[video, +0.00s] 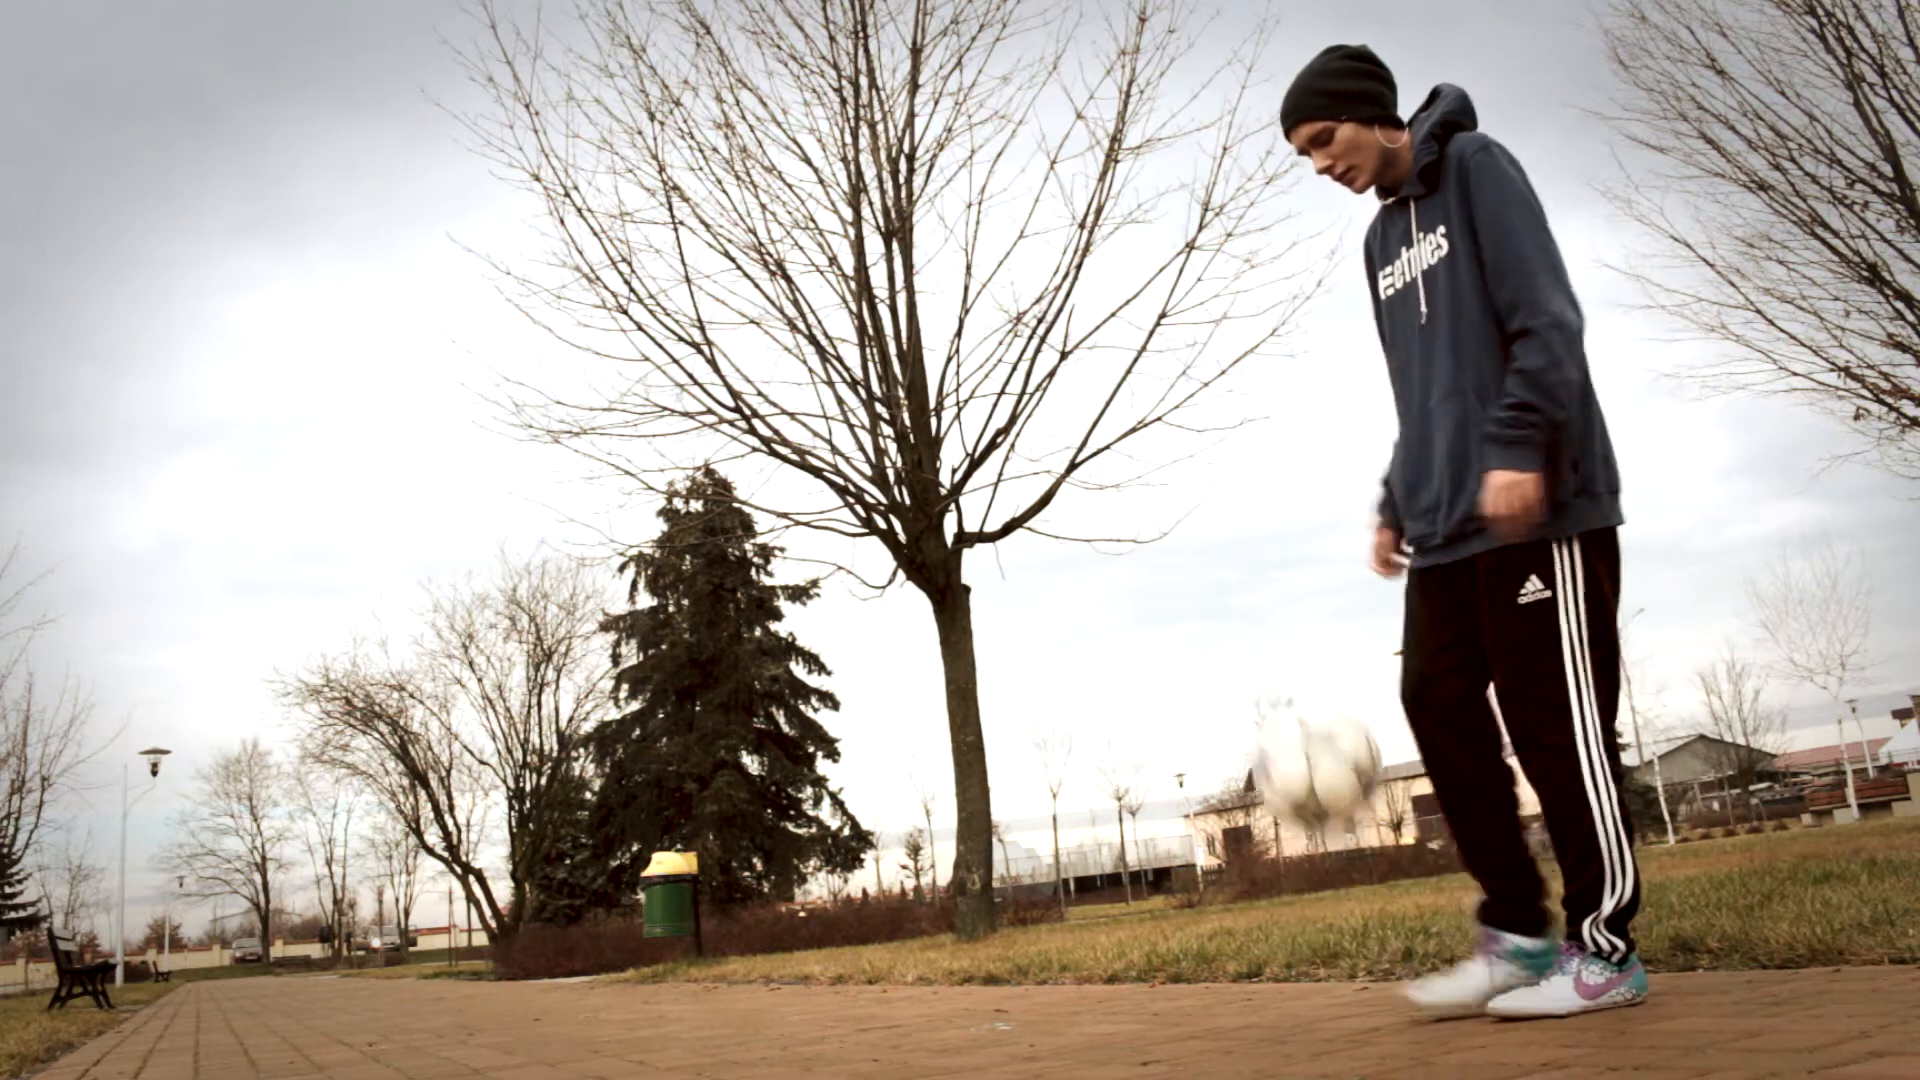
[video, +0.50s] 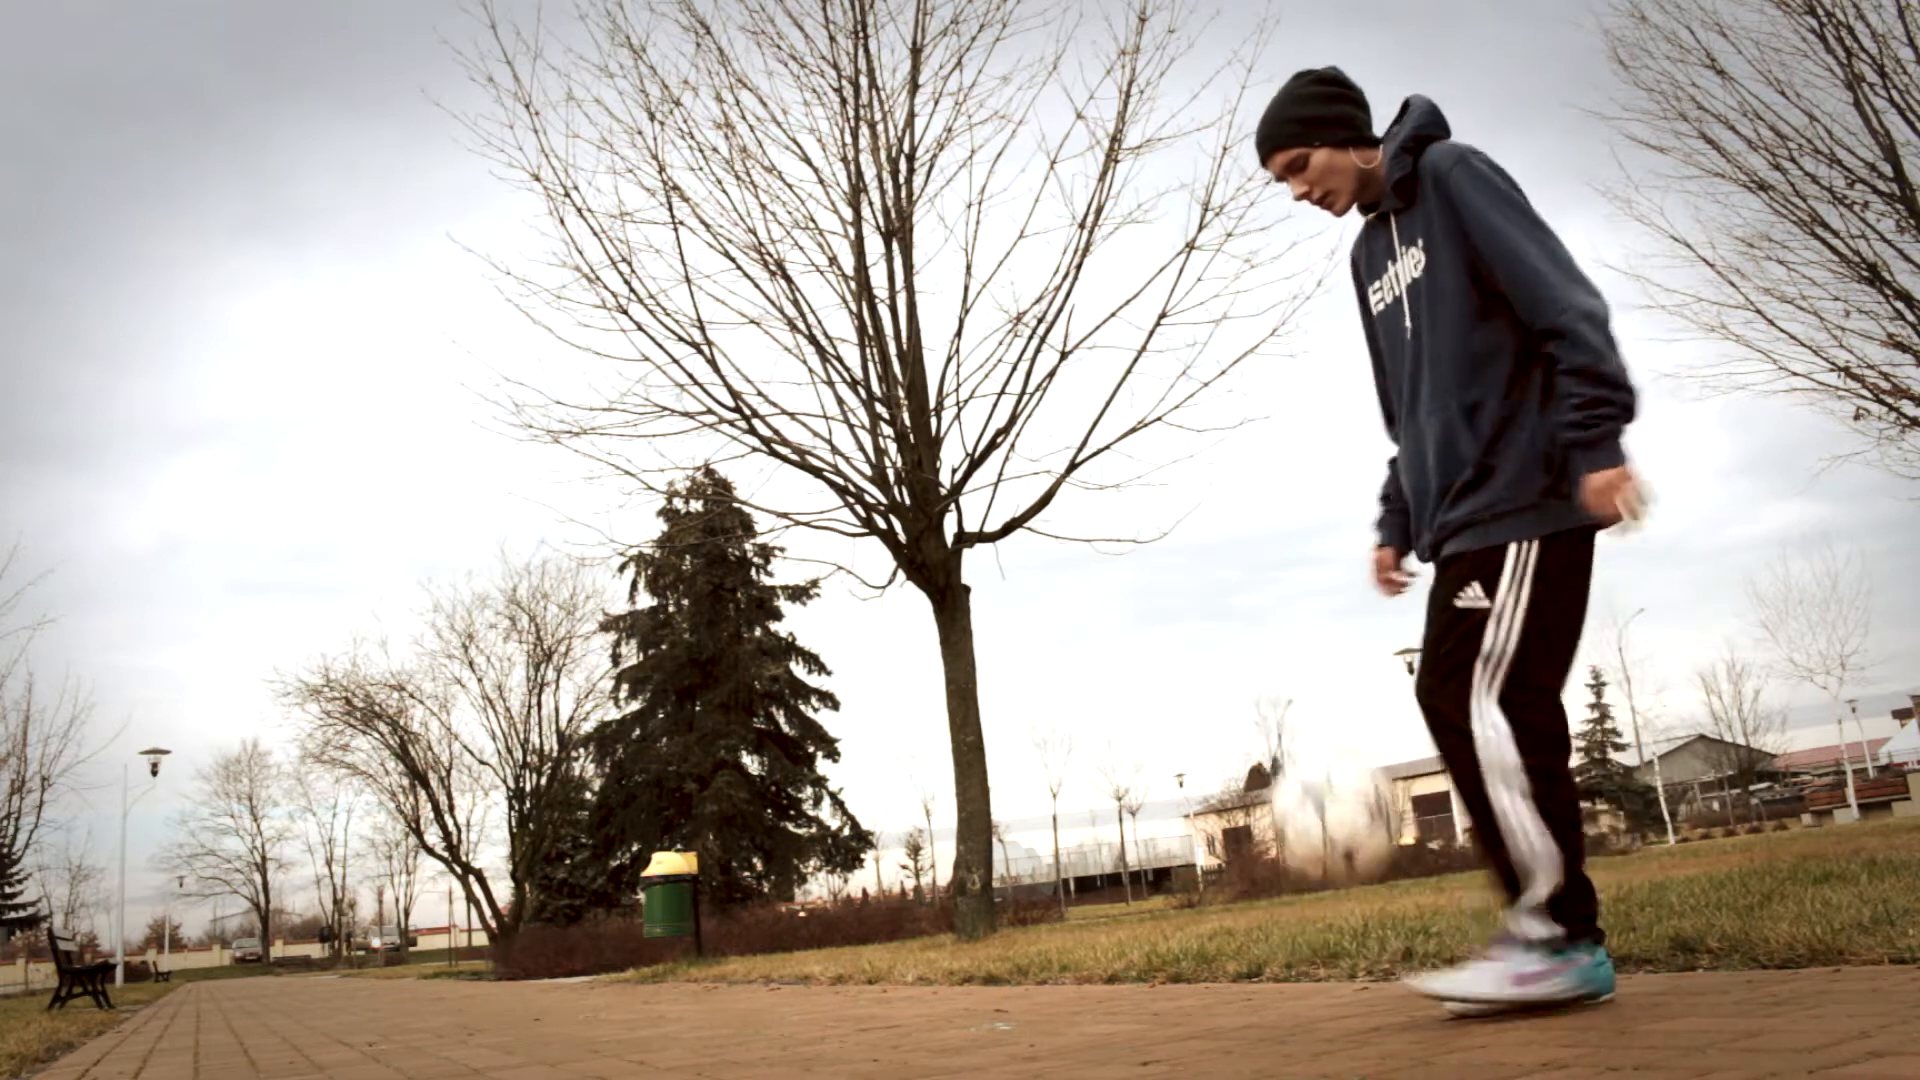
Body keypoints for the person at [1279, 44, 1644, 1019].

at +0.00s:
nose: (1324, 163)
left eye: (1327, 138)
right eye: (1309, 154)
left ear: (1377, 108)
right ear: (1321, 153)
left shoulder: (1474, 169)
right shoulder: (1380, 238)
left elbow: (1547, 318)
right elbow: (1421, 388)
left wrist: (1520, 447)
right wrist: (1399, 499)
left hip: (1539, 503)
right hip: (1447, 525)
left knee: (1558, 720)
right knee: (1439, 710)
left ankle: (1607, 952)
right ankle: (1521, 938)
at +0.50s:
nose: (1299, 192)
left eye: (1299, 169)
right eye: (1286, 181)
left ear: (1341, 137)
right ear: (1311, 167)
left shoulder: (1451, 174)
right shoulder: (1368, 253)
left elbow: (1566, 302)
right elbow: (1411, 408)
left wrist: (1595, 443)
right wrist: (1396, 520)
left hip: (1531, 493)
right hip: (1462, 513)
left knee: (1471, 690)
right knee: (1487, 704)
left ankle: (1555, 933)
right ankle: (1561, 938)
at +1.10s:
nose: (1260, 243)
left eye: (1260, 220)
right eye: (1246, 231)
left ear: (1303, 184)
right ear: (1274, 210)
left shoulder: (1420, 209)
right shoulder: (1345, 278)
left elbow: (1552, 328)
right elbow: (1412, 385)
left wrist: (1523, 456)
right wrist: (1390, 472)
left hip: (1583, 480)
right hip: (1485, 500)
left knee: (1580, 719)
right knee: (1423, 648)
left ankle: (1610, 953)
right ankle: (1455, 873)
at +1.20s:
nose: (1263, 261)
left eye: (1263, 239)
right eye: (1250, 249)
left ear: (1304, 203)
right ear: (1283, 224)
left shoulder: (1419, 232)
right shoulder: (1355, 294)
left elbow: (1508, 353)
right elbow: (1437, 401)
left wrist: (1442, 469)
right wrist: (1443, 486)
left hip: (1573, 480)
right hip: (1495, 486)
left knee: (1549, 710)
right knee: (1350, 533)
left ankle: (1608, 953)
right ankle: (1346, 730)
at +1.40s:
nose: (1297, 195)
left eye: (1299, 173)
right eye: (1287, 181)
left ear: (1344, 145)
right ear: (1305, 173)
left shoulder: (1442, 207)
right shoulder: (1359, 261)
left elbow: (1470, 191)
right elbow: (1368, 384)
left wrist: (1345, 134)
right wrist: (1255, 385)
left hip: (1527, 485)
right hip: (1436, 470)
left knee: (1522, 712)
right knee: (1274, 464)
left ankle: (1604, 955)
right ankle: (1191, 687)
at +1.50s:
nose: (1305, 123)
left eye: (1313, 102)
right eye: (1292, 113)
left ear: (1362, 78)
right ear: (1292, 112)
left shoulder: (1452, 129)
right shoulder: (1349, 177)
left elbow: (1494, 110)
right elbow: (1340, 248)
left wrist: (1357, 60)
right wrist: (1243, 265)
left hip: (1492, 411)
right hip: (1394, 418)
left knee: (1467, 595)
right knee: (1269, 527)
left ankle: (1546, 847)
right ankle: (1337, 711)